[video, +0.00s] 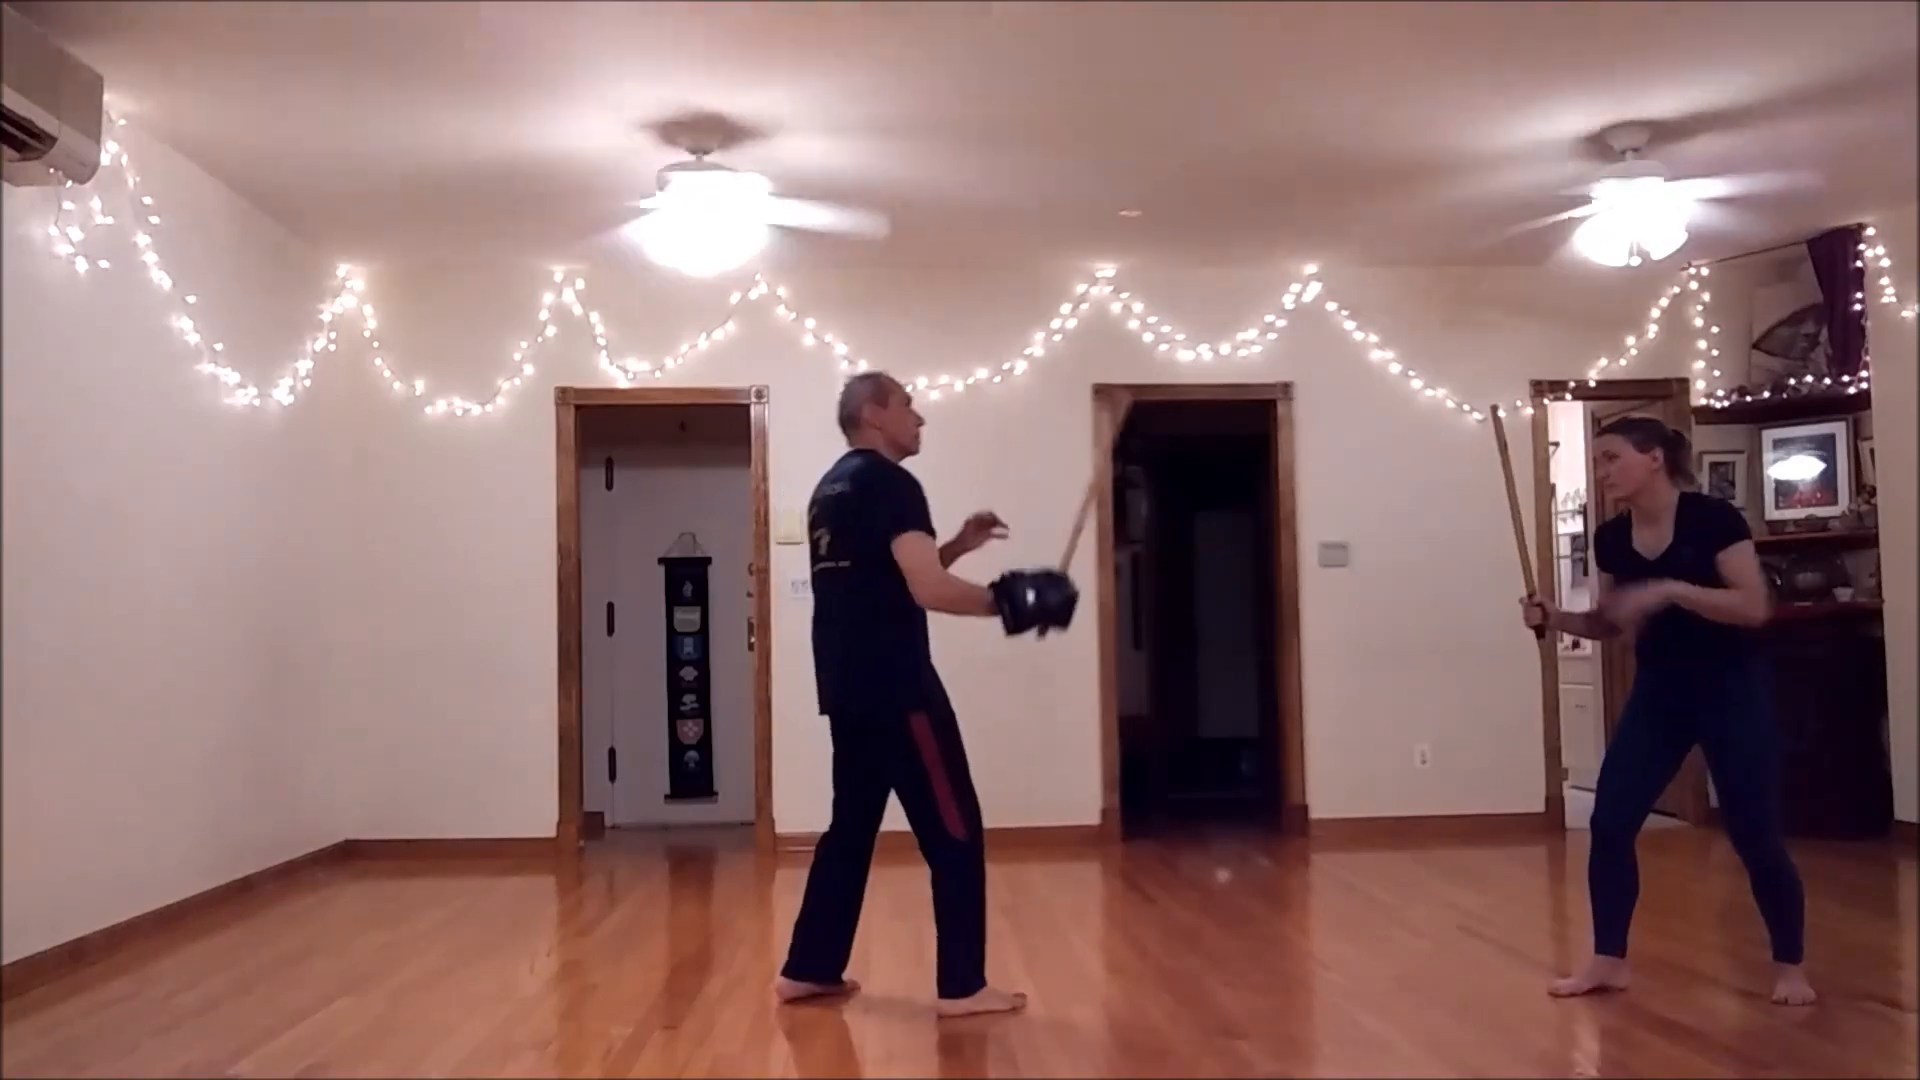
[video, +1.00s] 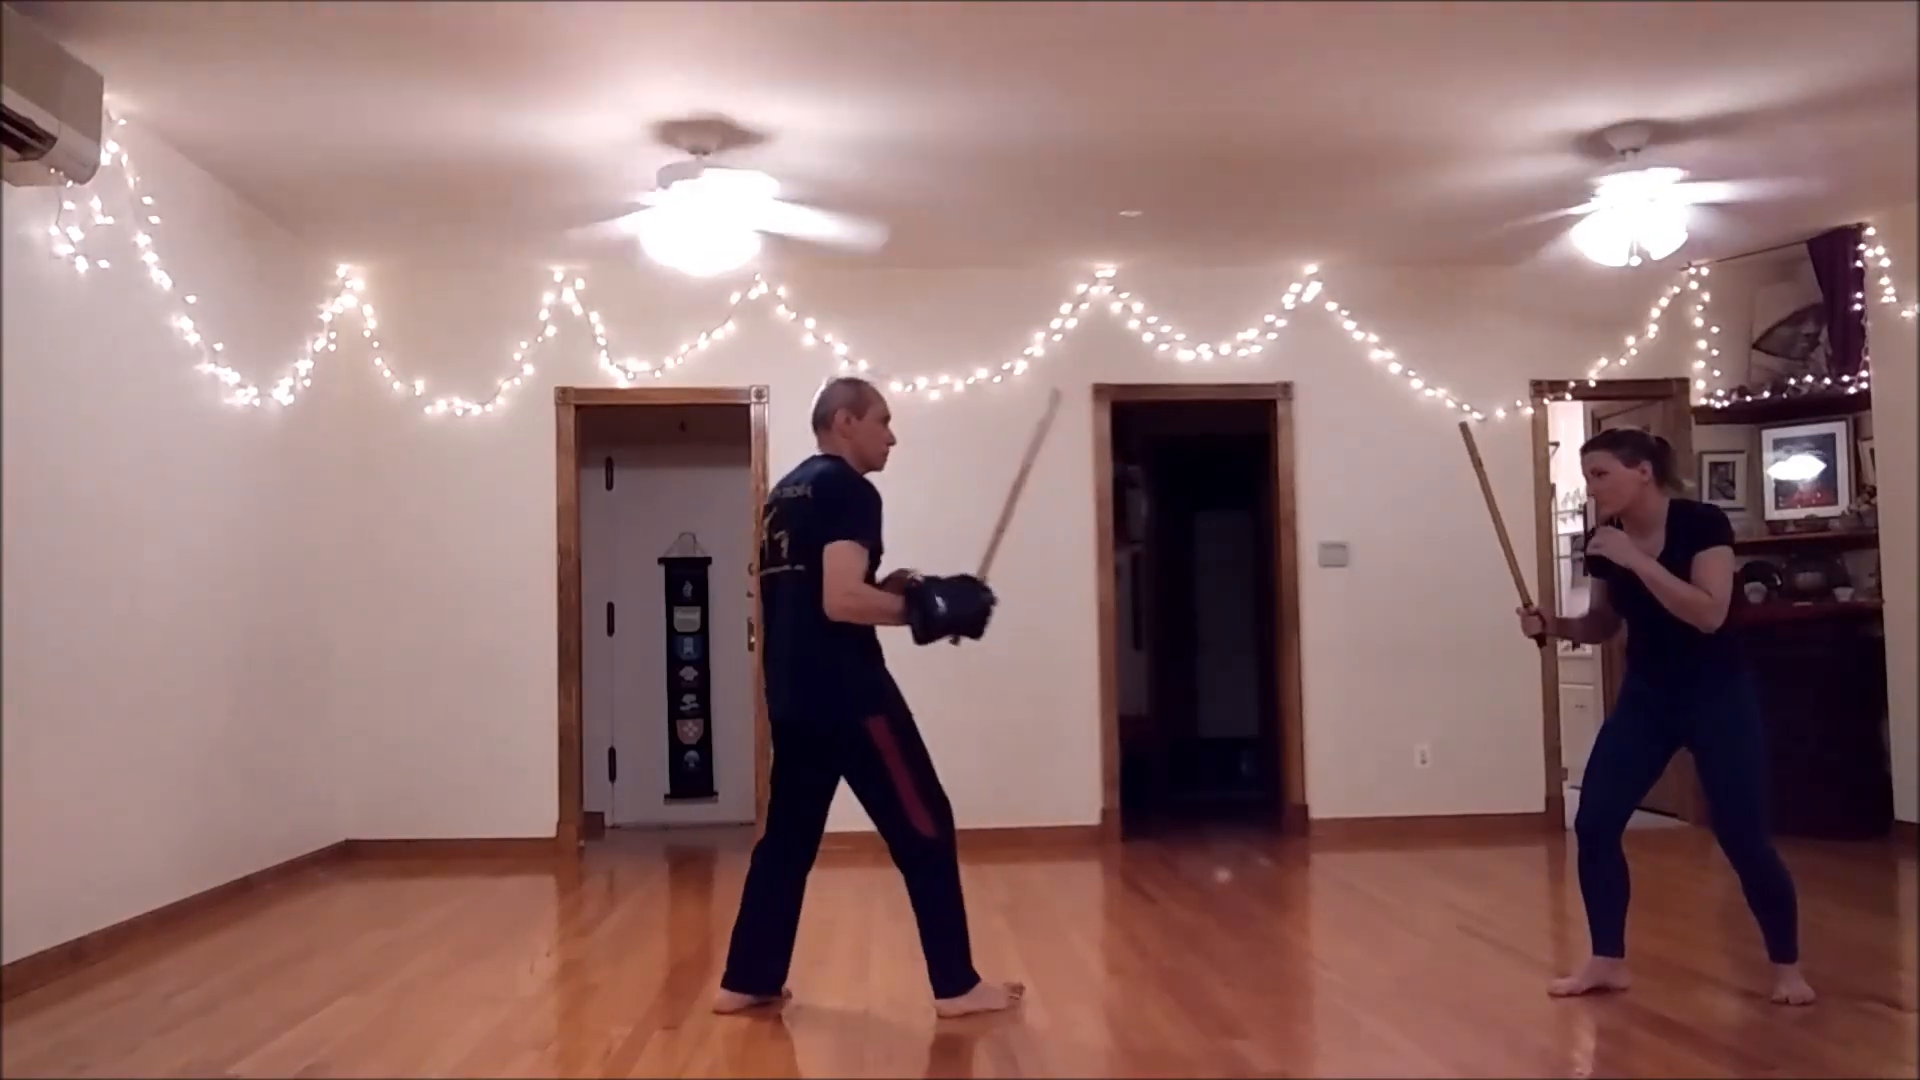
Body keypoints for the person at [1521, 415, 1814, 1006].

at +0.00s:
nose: (1602, 472)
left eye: (1611, 459)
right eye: (1598, 462)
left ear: (1653, 458)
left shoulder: (1712, 517)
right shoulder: (1613, 537)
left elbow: (1755, 605)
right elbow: (1610, 622)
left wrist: (1668, 590)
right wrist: (1556, 618)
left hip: (1732, 696)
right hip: (1659, 697)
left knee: (1754, 831)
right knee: (1611, 823)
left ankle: (1790, 967)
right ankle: (1608, 960)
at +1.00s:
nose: (1592, 488)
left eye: (1600, 475)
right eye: (1588, 478)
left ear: (1640, 471)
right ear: (1617, 480)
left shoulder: (1702, 522)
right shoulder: (1608, 542)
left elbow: (1711, 612)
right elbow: (1605, 623)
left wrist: (1634, 560)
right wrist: (1555, 626)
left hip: (1718, 698)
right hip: (1648, 699)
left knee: (1742, 836)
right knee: (1595, 822)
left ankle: (1787, 967)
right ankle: (1606, 961)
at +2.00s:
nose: (1593, 491)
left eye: (1601, 477)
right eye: (1589, 480)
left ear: (1641, 474)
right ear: (1628, 480)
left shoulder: (1708, 528)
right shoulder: (1615, 546)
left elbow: (1756, 613)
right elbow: (1629, 625)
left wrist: (1673, 601)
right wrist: (1575, 632)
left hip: (1734, 700)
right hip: (1666, 701)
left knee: (1754, 833)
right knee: (1612, 822)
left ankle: (1789, 968)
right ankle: (1609, 960)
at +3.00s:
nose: (1202, 520)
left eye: (1212, 508)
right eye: (1198, 511)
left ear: (1250, 508)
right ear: (1200, 519)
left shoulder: (1297, 564)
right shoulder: (1204, 573)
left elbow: (1362, 627)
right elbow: (1135, 624)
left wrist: (1319, 648)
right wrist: (1106, 568)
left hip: (1300, 723)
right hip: (1237, 725)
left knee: (1346, 837)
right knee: (1163, 808)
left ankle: (1430, 968)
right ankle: (1108, 915)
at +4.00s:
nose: (1082, 534)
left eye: (1091, 526)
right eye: (1072, 526)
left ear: (1104, 527)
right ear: (1056, 528)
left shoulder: (1108, 580)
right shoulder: (1042, 562)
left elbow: (1104, 649)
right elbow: (1051, 561)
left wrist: (1093, 698)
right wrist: (1088, 576)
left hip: (1079, 703)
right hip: (1033, 701)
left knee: (1088, 803)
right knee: (1031, 809)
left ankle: (1058, 892)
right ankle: (1020, 918)